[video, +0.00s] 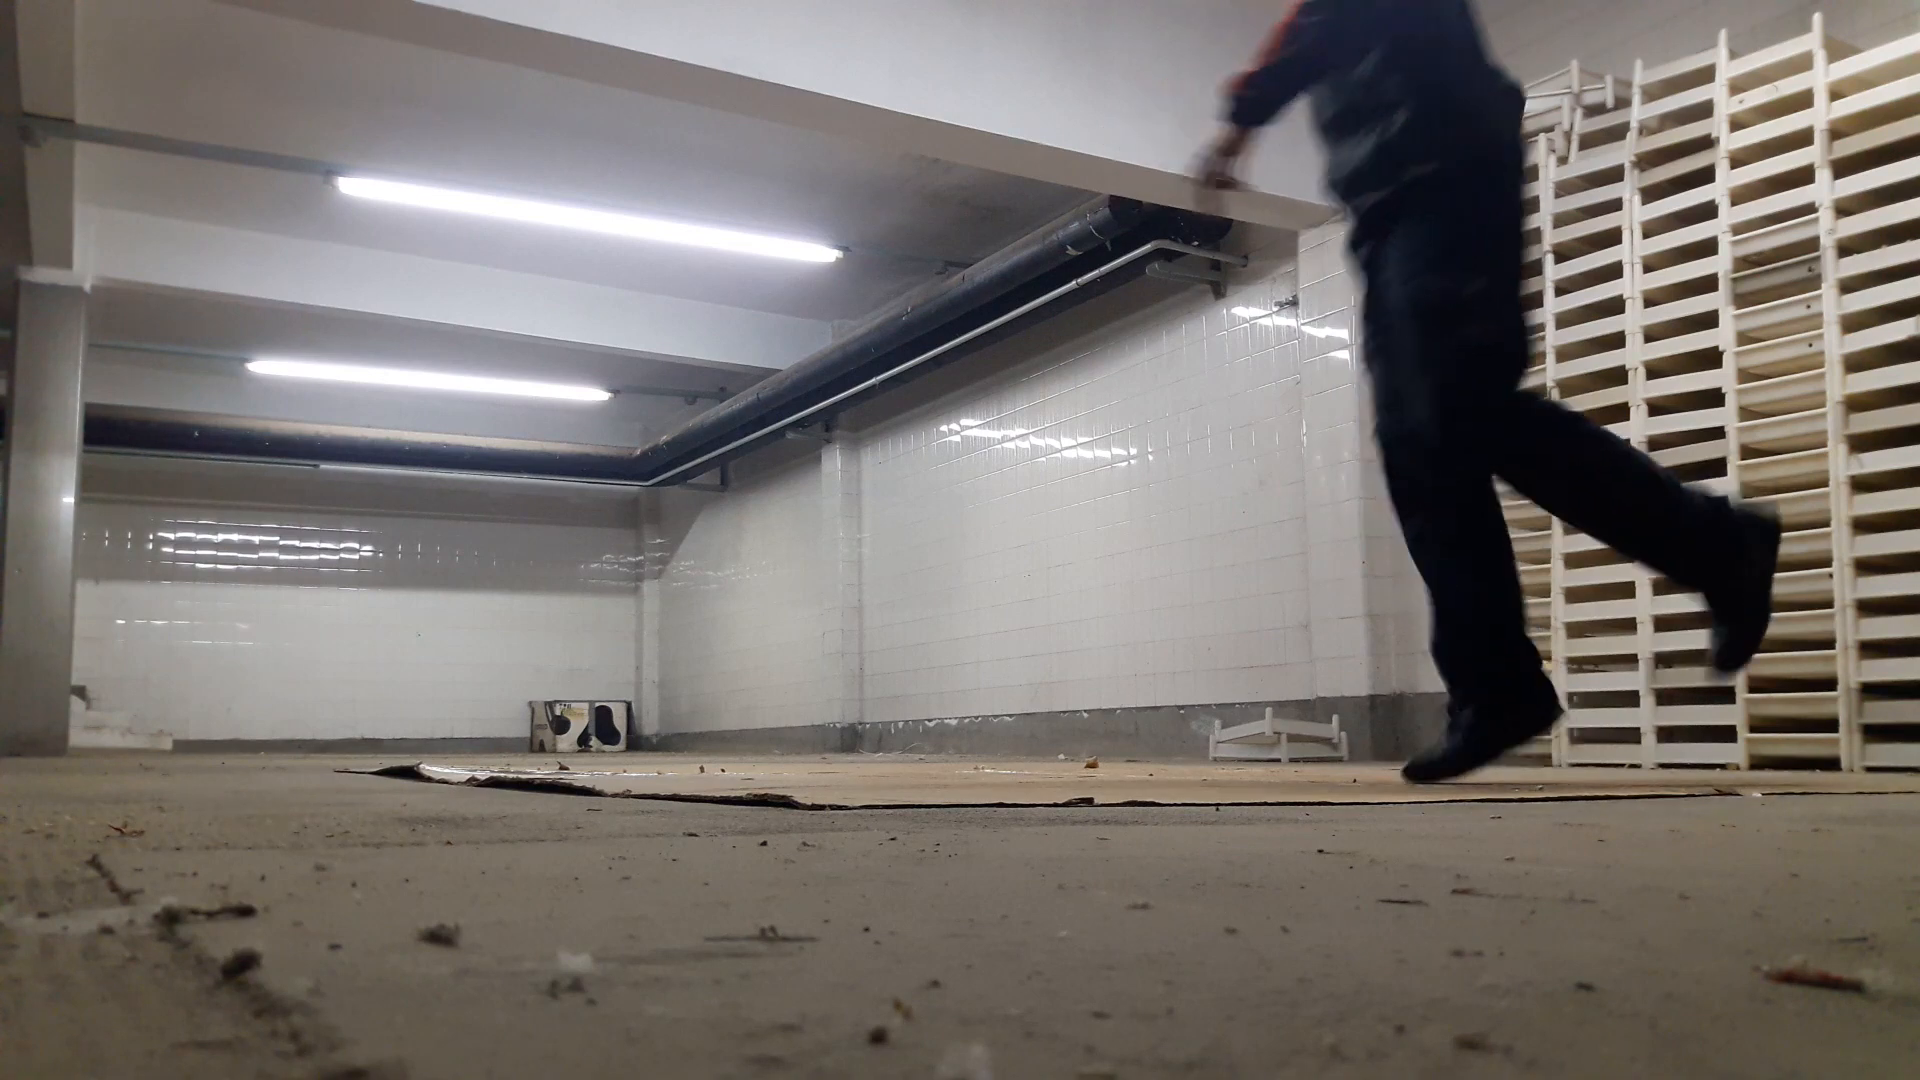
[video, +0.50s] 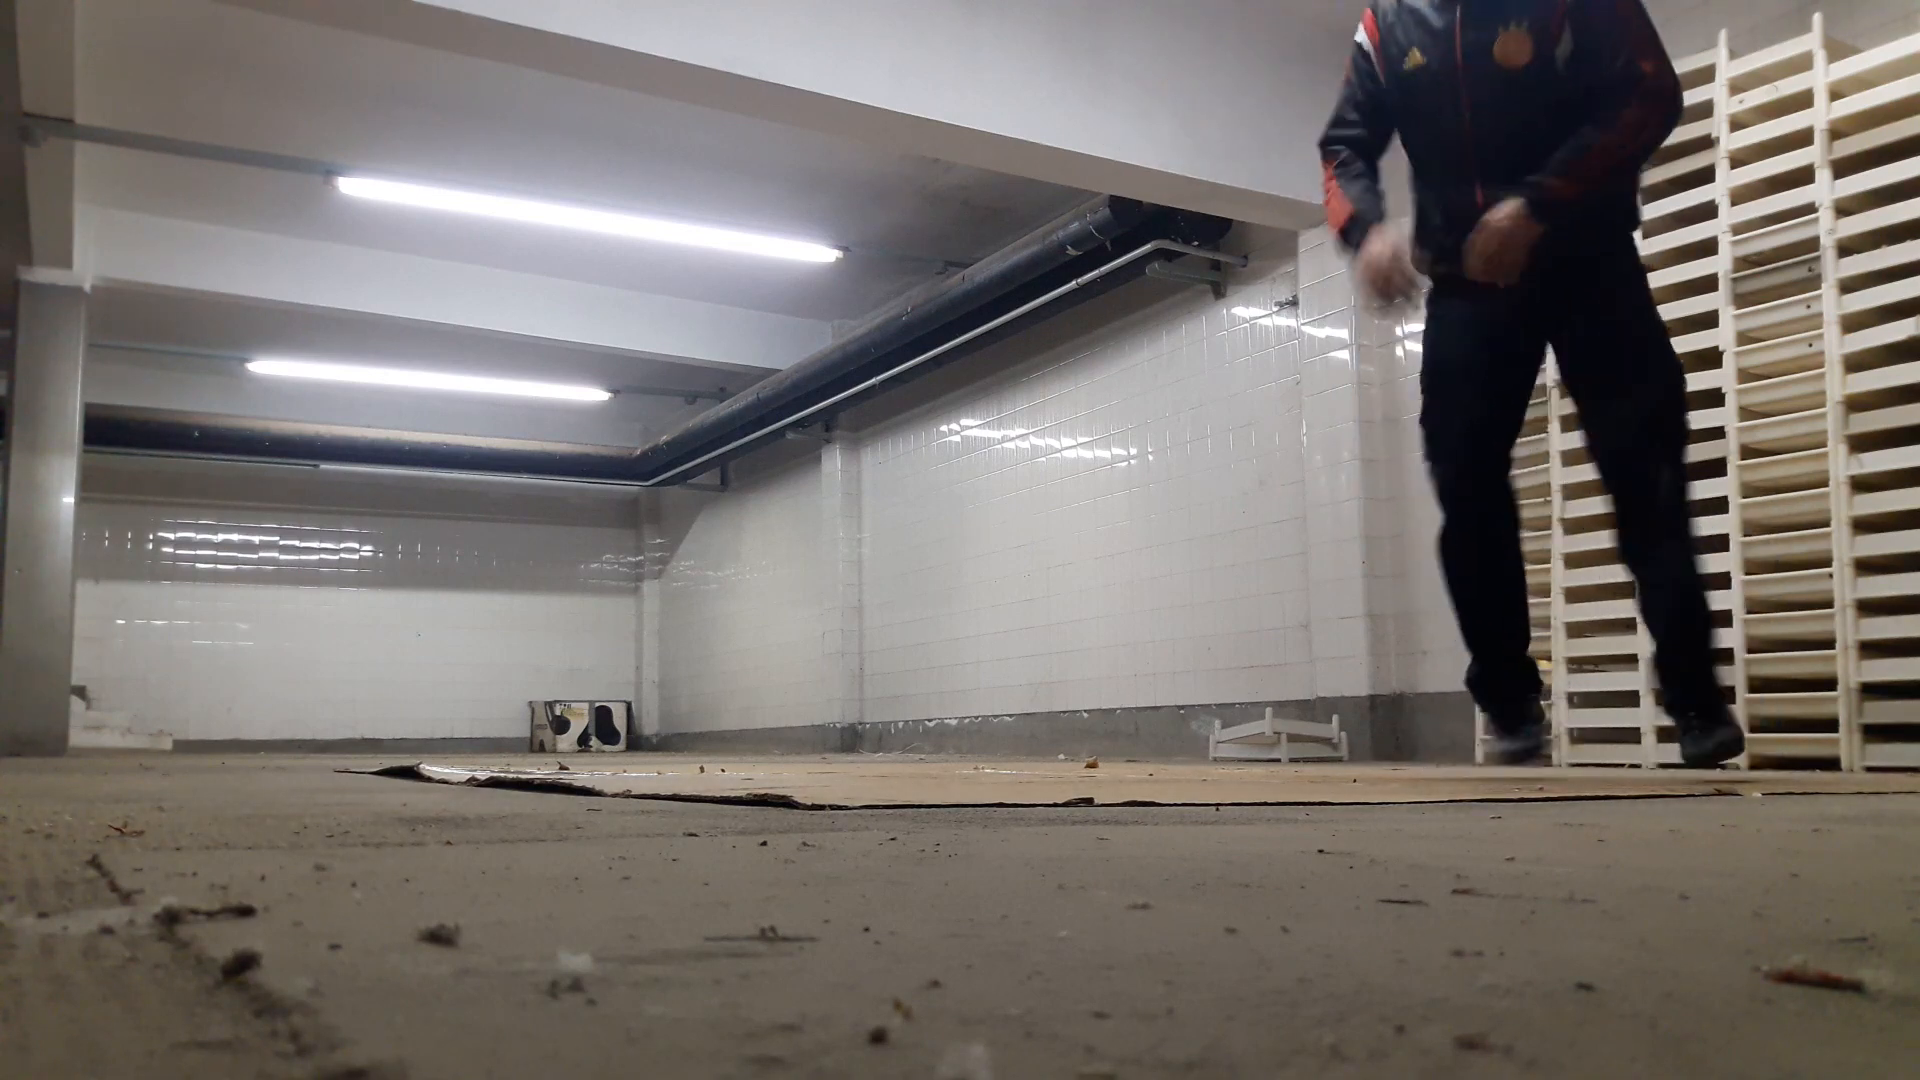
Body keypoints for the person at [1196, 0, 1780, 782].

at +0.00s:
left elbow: (1329, 23)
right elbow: (1316, 39)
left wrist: (1244, 107)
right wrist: (1240, 126)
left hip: (1447, 151)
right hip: (1384, 183)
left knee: (1469, 407)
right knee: (1417, 442)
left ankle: (1722, 548)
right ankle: (1499, 691)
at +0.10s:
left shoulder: (1457, 10)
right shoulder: (1382, 19)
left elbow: (1489, 104)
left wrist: (1331, 123)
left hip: (1504, 176)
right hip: (1428, 196)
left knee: (1540, 410)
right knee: (1424, 439)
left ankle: (1709, 642)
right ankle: (1525, 674)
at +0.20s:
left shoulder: (1516, 9)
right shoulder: (1415, 16)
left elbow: (1498, 74)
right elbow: (1429, 94)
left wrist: (1379, 154)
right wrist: (1392, 181)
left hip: (1552, 233)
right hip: (1476, 244)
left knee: (1604, 464)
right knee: (1436, 458)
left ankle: (1723, 705)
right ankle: (1526, 679)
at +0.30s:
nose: (1408, 6)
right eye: (1404, 5)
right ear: (1415, 12)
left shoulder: (1553, 15)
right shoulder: (1420, 83)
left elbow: (1573, 141)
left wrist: (1436, 220)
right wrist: (1357, 155)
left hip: (1596, 313)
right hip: (1502, 330)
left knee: (1614, 511)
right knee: (1461, 520)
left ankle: (1747, 732)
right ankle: (1511, 721)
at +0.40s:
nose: (1434, 0)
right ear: (1428, 2)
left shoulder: (1578, 17)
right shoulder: (1408, 62)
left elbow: (1632, 138)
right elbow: (1360, 207)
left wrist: (1484, 219)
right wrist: (1381, 166)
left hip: (1598, 302)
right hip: (1494, 318)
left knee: (1640, 490)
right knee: (1452, 498)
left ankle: (1740, 722)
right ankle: (1504, 705)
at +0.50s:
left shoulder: (1583, 6)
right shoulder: (1391, 18)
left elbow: (1650, 95)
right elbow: (1346, 141)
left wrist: (1535, 204)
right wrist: (1364, 229)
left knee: (1648, 478)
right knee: (1467, 489)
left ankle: (1697, 702)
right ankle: (1509, 706)